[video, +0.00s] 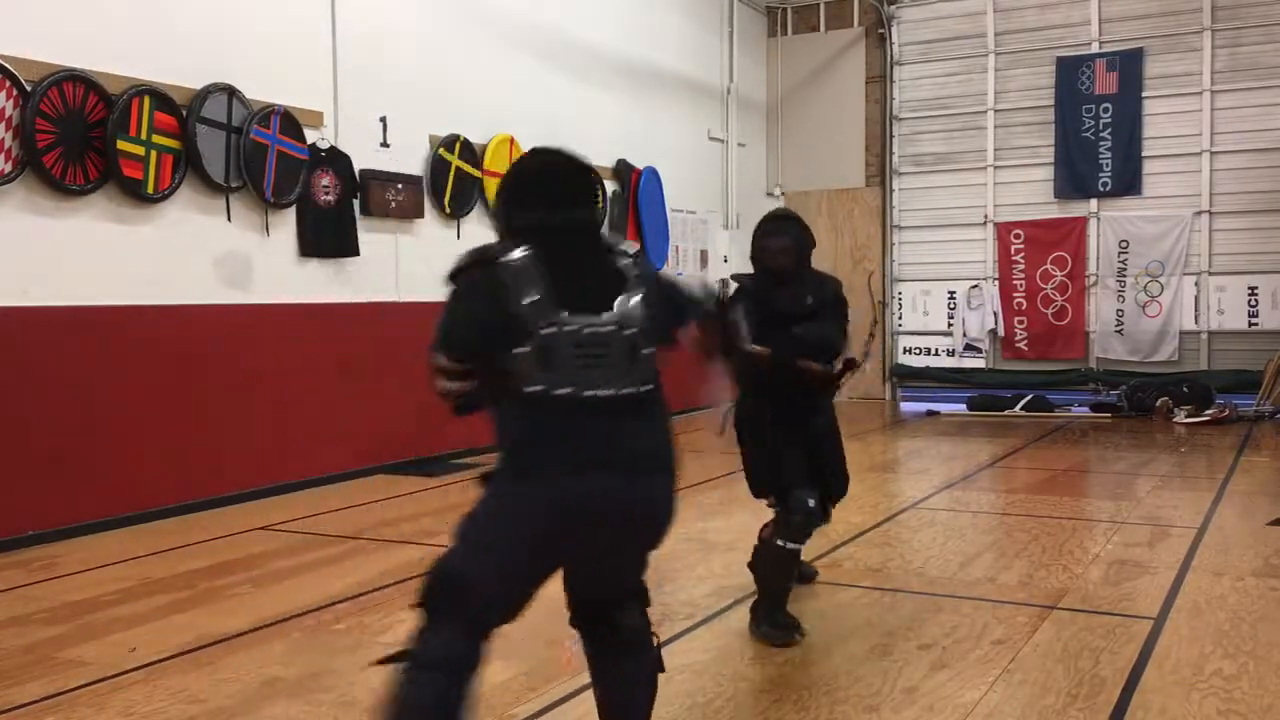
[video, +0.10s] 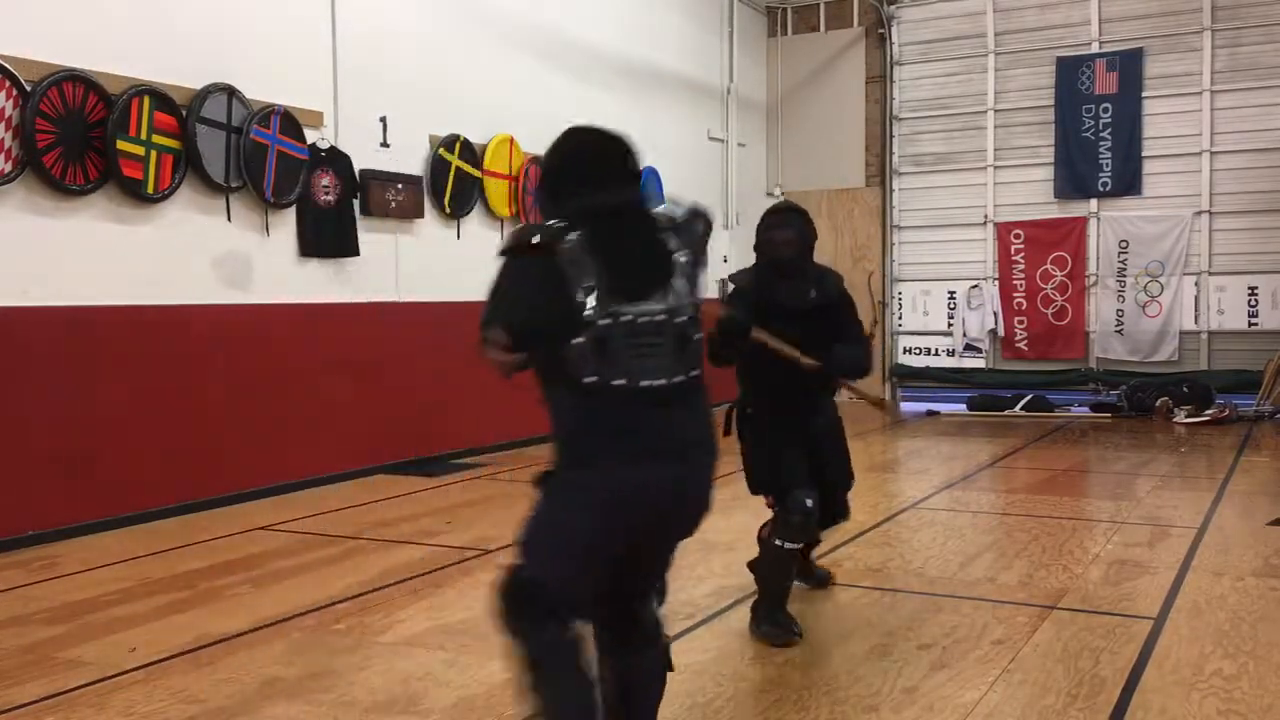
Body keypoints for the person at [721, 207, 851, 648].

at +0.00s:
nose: (777, 259)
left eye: (785, 249)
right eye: (768, 250)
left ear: (804, 250)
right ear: (755, 253)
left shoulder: (827, 291)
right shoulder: (746, 294)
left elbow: (831, 342)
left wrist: (771, 349)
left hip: (812, 408)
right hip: (765, 411)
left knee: (822, 499)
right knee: (798, 508)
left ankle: (784, 551)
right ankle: (768, 608)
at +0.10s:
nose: (780, 247)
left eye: (790, 237)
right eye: (771, 237)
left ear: (809, 242)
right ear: (758, 243)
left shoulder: (827, 287)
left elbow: (861, 357)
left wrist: (831, 358)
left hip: (816, 409)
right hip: (765, 413)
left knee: (833, 502)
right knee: (798, 508)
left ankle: (796, 552)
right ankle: (768, 606)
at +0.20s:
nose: (786, 236)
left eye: (796, 227)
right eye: (778, 227)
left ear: (813, 233)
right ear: (763, 231)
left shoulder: (827, 279)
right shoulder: (745, 281)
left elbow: (869, 335)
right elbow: (730, 339)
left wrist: (871, 379)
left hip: (821, 400)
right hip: (769, 404)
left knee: (843, 484)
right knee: (798, 501)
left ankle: (820, 552)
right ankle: (769, 606)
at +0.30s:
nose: (802, 244)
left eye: (810, 235)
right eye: (793, 235)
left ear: (821, 238)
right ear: (775, 236)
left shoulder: (830, 286)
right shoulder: (759, 284)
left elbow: (870, 340)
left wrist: (891, 395)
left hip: (823, 398)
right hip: (774, 400)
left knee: (848, 478)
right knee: (794, 492)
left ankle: (832, 556)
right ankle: (773, 584)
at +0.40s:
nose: (820, 252)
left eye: (823, 242)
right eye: (810, 243)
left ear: (827, 245)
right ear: (788, 246)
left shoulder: (829, 291)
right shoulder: (764, 289)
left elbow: (872, 343)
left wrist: (917, 390)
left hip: (826, 407)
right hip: (780, 410)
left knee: (854, 490)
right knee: (788, 497)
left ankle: (831, 564)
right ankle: (773, 598)